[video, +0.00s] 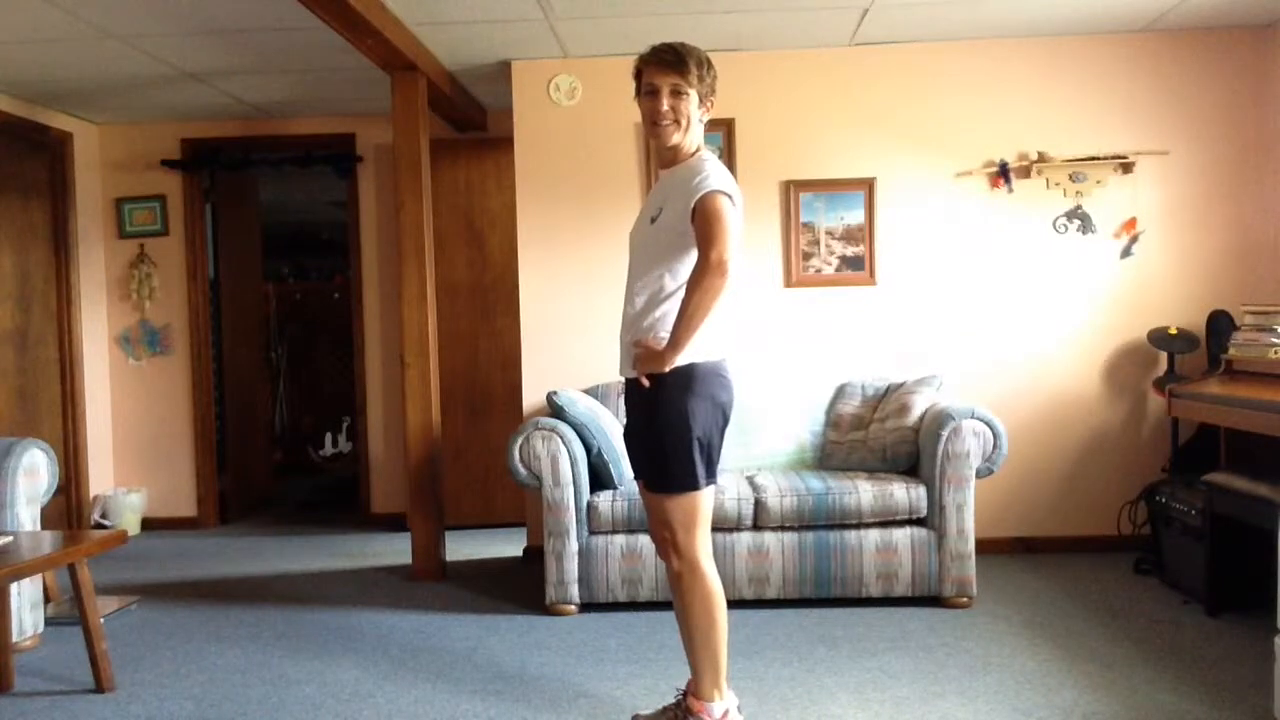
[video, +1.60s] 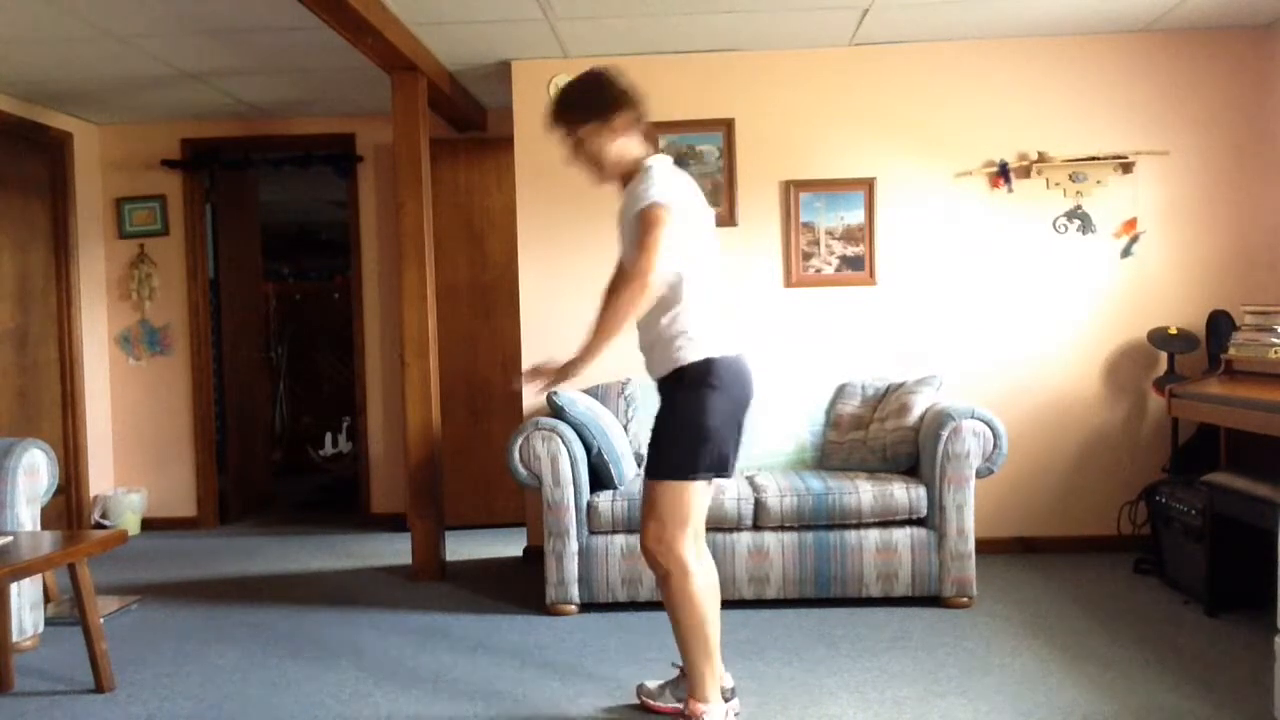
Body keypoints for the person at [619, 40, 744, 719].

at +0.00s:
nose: (661, 106)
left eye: (676, 93)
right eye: (650, 93)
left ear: (702, 103)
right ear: (638, 102)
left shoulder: (705, 175)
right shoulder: (665, 182)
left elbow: (718, 262)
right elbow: (664, 274)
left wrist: (670, 350)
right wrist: (643, 352)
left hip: (679, 380)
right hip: (653, 380)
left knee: (687, 549)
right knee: (673, 548)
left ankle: (713, 699)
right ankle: (706, 693)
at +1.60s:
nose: (576, 158)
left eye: (579, 142)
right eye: (571, 145)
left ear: (618, 125)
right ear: (621, 128)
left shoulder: (657, 184)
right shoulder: (663, 181)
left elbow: (637, 279)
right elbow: (640, 284)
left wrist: (579, 361)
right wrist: (577, 361)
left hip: (701, 376)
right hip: (707, 373)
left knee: (665, 541)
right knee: (681, 540)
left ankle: (707, 693)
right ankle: (708, 676)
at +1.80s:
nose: (523, 241)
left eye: (525, 226)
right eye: (518, 229)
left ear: (556, 210)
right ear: (559, 210)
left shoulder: (601, 252)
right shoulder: (607, 245)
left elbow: (569, 364)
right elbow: (579, 364)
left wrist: (521, 451)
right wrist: (534, 441)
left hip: (734, 399)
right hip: (735, 397)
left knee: (668, 556)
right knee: (678, 550)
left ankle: (713, 703)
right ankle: (706, 678)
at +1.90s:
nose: (486, 348)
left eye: (487, 333)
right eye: (480, 336)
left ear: (521, 314)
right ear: (524, 311)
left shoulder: (566, 354)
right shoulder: (581, 341)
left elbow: (536, 479)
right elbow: (551, 473)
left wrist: (479, 585)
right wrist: (512, 539)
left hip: (750, 428)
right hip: (760, 420)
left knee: (646, 572)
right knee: (672, 557)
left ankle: (705, 711)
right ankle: (709, 684)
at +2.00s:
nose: (477, 415)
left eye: (477, 401)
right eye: (471, 404)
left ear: (507, 382)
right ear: (510, 377)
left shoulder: (557, 415)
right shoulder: (564, 392)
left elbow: (523, 543)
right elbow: (535, 532)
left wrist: (469, 650)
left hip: (754, 443)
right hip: (754, 434)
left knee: (639, 578)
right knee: (658, 555)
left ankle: (706, 714)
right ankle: (707, 683)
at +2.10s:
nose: (467, 497)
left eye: (467, 484)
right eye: (461, 486)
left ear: (492, 464)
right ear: (498, 452)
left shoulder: (546, 479)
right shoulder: (545, 443)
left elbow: (511, 620)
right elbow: (519, 597)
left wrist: (470, 710)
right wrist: (488, 662)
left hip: (745, 471)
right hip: (744, 455)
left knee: (620, 590)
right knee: (638, 546)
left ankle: (700, 712)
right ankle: (705, 679)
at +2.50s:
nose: (457, 577)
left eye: (445, 569)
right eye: (447, 574)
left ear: (450, 538)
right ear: (458, 523)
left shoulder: (496, 516)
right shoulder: (513, 503)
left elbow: (498, 656)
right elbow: (519, 621)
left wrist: (480, 714)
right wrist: (486, 704)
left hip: (674, 429)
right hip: (687, 419)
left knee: (595, 602)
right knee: (637, 564)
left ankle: (696, 713)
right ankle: (736, 649)